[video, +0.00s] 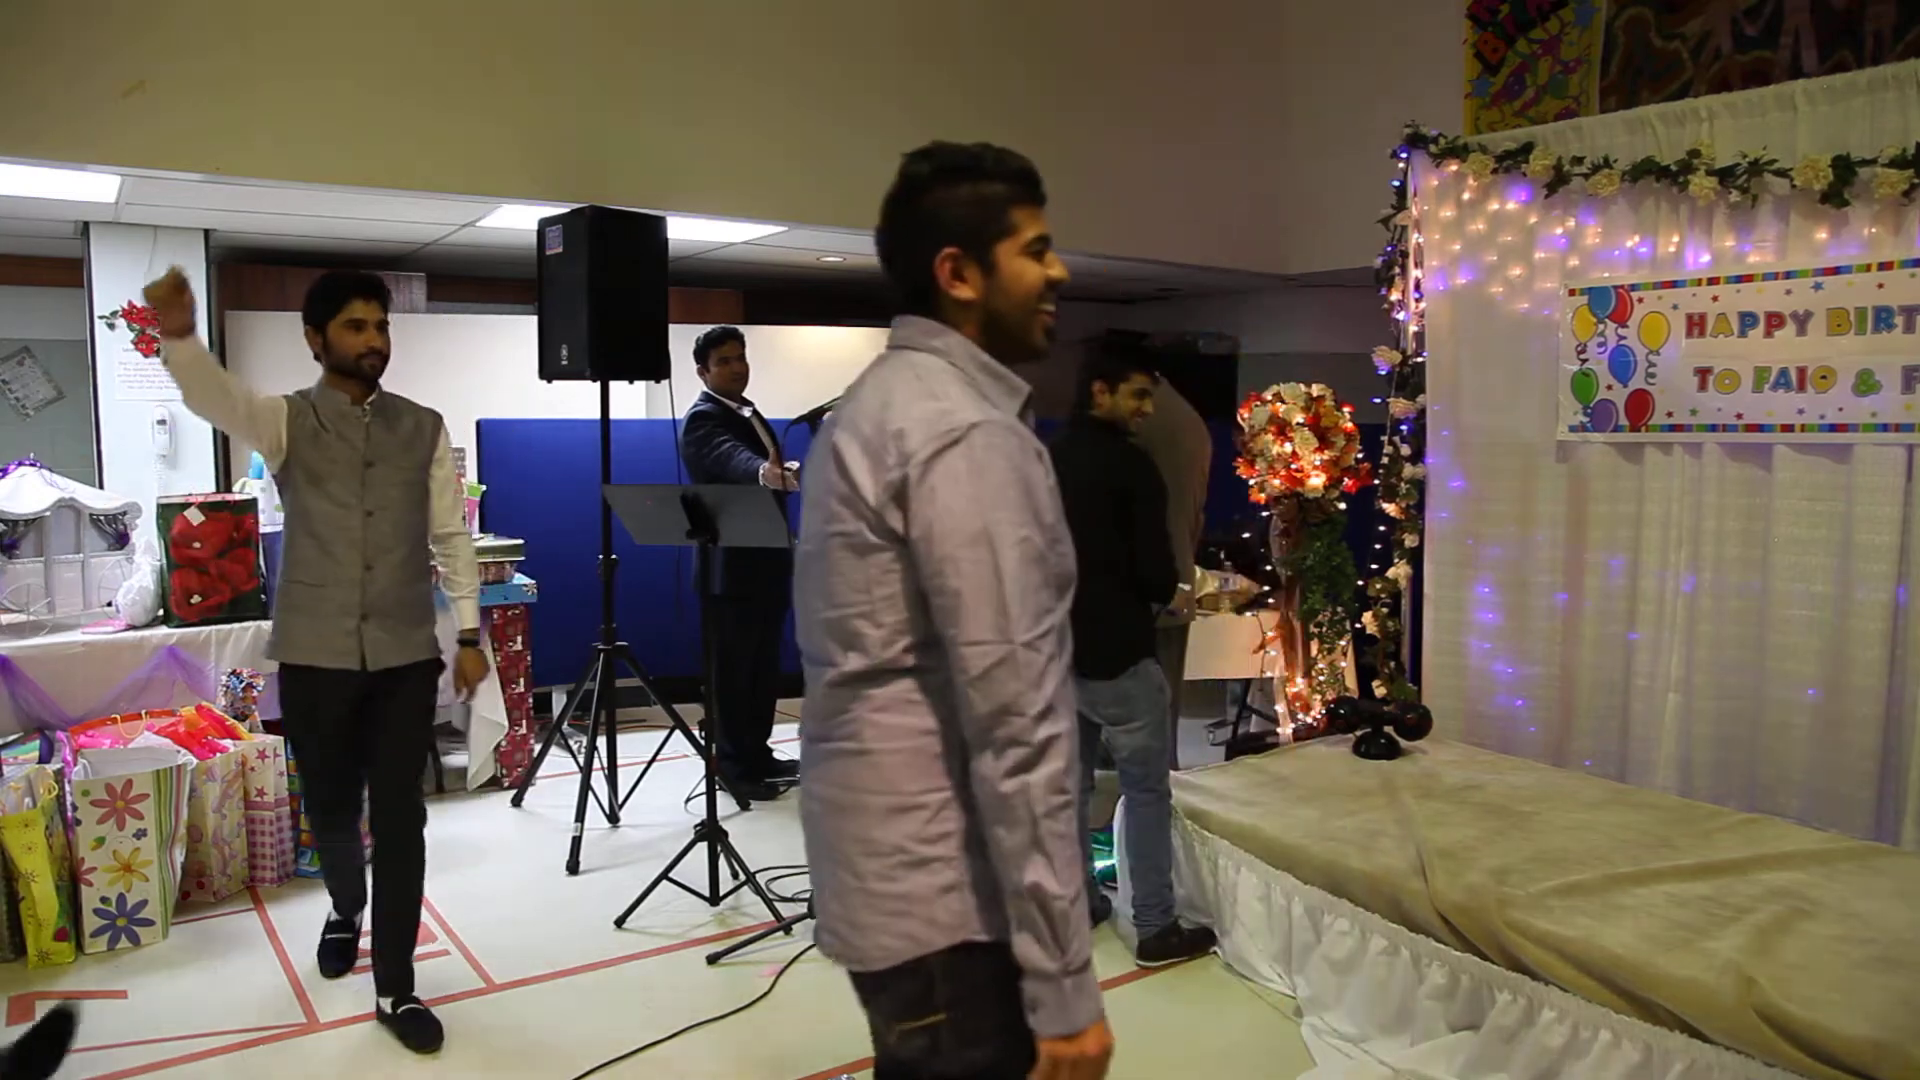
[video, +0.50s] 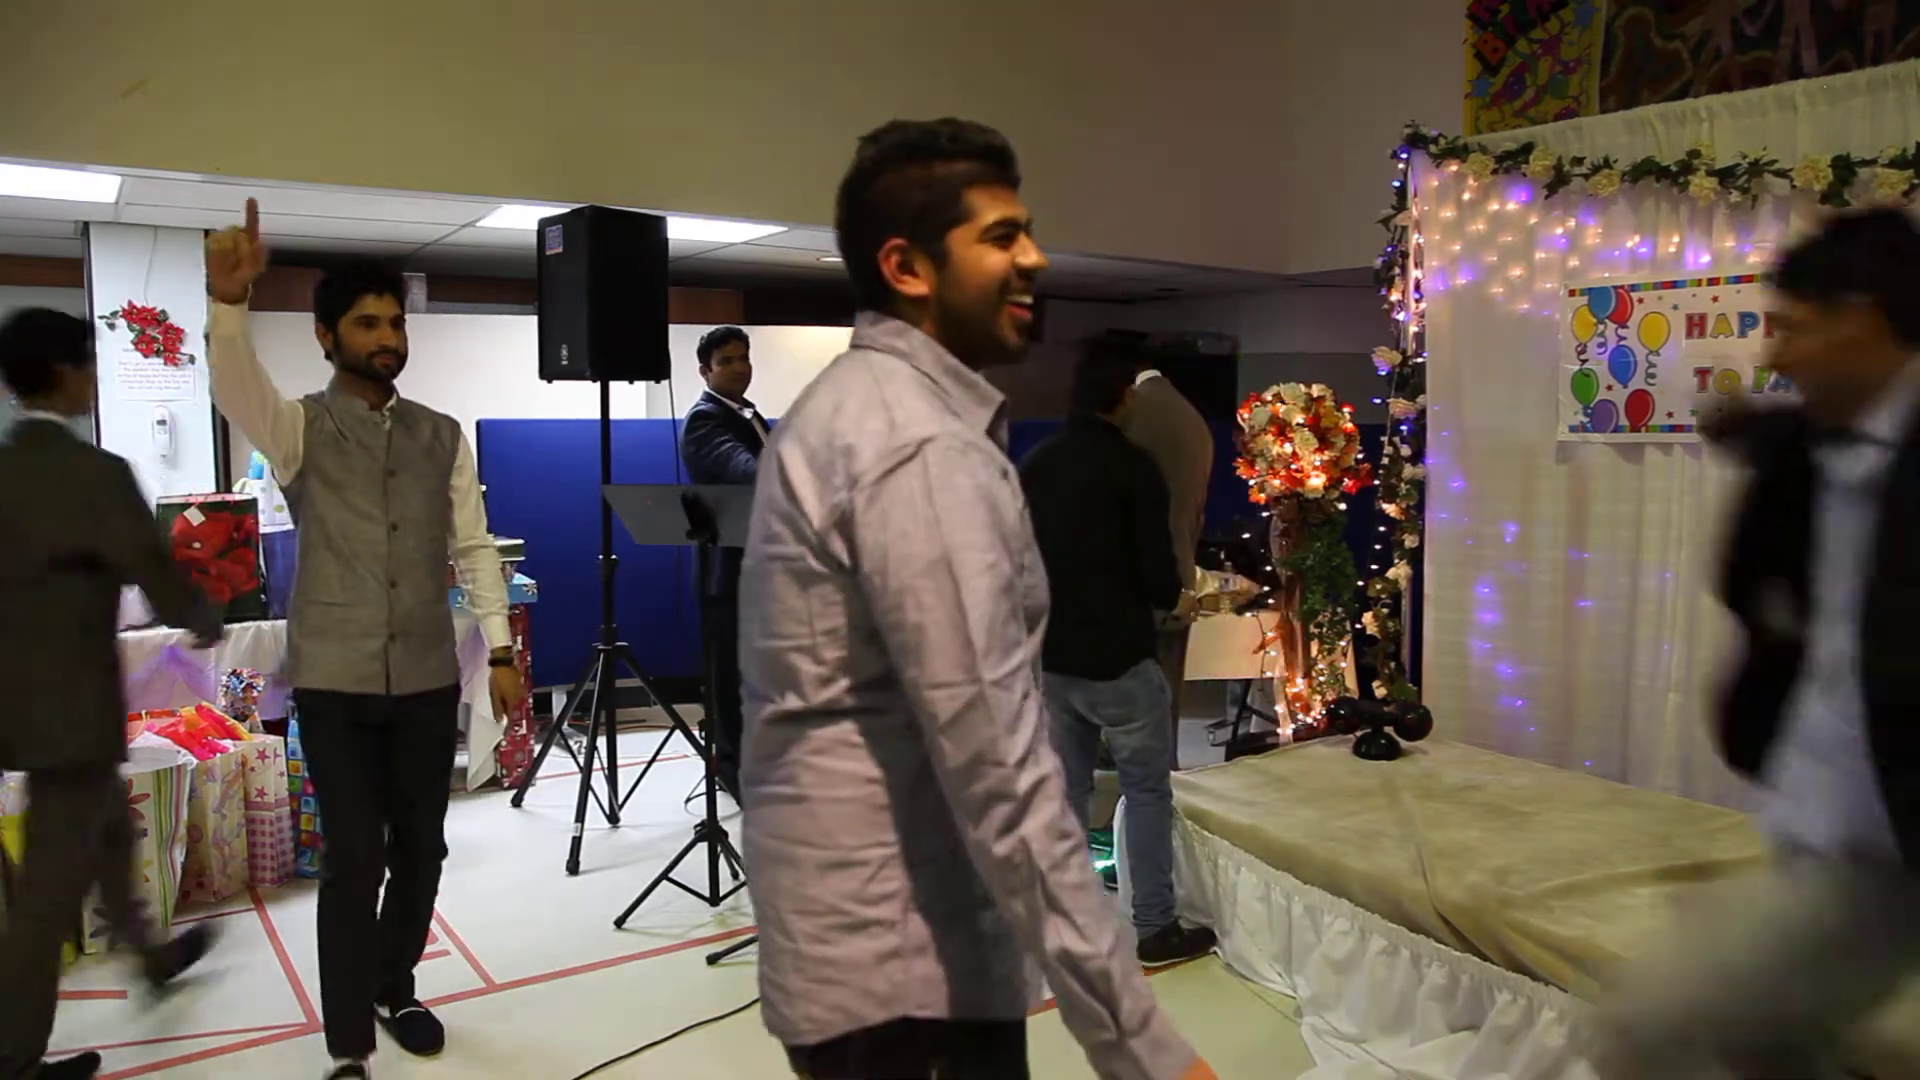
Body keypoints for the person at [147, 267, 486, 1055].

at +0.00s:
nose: (372, 338)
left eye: (381, 326)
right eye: (355, 325)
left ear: (389, 336)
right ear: (317, 335)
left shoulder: (423, 429)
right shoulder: (287, 420)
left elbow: (452, 539)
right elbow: (222, 400)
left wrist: (470, 634)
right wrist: (176, 335)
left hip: (405, 654)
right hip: (314, 656)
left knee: (400, 820)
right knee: (331, 815)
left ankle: (396, 988)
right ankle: (346, 914)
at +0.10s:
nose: (379, 338)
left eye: (385, 325)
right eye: (361, 325)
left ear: (396, 336)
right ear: (319, 340)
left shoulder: (430, 432)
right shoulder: (292, 423)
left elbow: (460, 541)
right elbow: (224, 395)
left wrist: (478, 640)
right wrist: (197, 316)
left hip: (413, 658)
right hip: (323, 661)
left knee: (407, 829)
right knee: (335, 828)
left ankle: (398, 987)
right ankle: (337, 908)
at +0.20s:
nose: (383, 336)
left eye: (390, 322)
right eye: (364, 322)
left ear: (400, 334)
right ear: (323, 336)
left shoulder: (434, 427)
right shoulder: (295, 419)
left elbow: (465, 537)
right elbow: (232, 384)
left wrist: (488, 640)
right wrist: (213, 304)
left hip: (419, 662)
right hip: (327, 664)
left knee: (414, 837)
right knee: (344, 836)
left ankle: (398, 989)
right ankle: (335, 937)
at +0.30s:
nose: (384, 330)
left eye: (392, 316)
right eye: (365, 317)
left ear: (403, 327)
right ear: (325, 331)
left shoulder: (439, 422)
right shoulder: (300, 413)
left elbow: (469, 531)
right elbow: (239, 377)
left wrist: (491, 632)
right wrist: (221, 297)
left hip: (423, 657)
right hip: (332, 659)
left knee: (415, 833)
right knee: (347, 832)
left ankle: (397, 989)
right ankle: (338, 991)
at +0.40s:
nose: (387, 333)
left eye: (395, 319)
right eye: (367, 320)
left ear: (406, 330)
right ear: (327, 334)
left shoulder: (442, 428)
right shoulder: (301, 420)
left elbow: (475, 539)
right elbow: (240, 382)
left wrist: (500, 640)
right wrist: (227, 300)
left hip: (426, 669)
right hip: (334, 671)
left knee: (419, 845)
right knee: (352, 849)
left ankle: (393, 984)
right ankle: (343, 1027)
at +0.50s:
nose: (387, 336)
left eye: (395, 323)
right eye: (369, 323)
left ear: (406, 336)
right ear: (328, 334)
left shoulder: (443, 435)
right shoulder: (299, 429)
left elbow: (476, 548)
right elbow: (239, 386)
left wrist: (499, 645)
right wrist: (229, 298)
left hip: (427, 677)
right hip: (334, 680)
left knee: (422, 851)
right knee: (353, 856)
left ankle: (394, 986)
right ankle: (347, 1043)